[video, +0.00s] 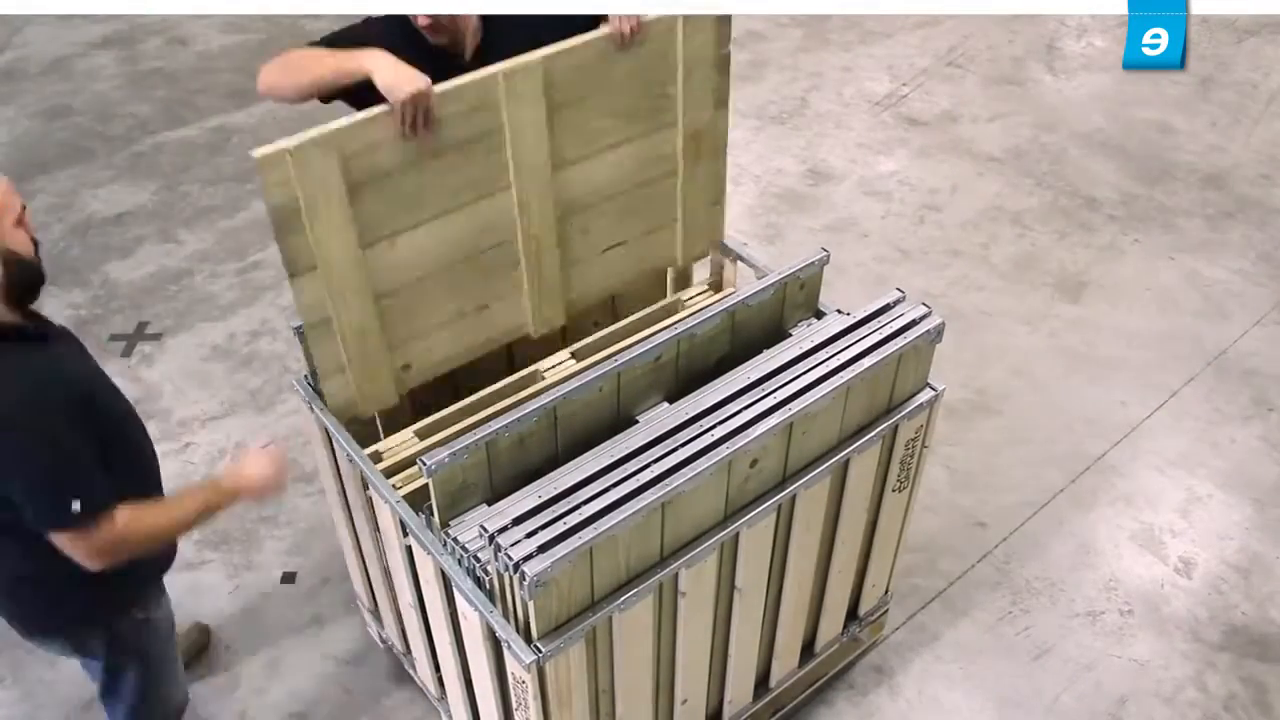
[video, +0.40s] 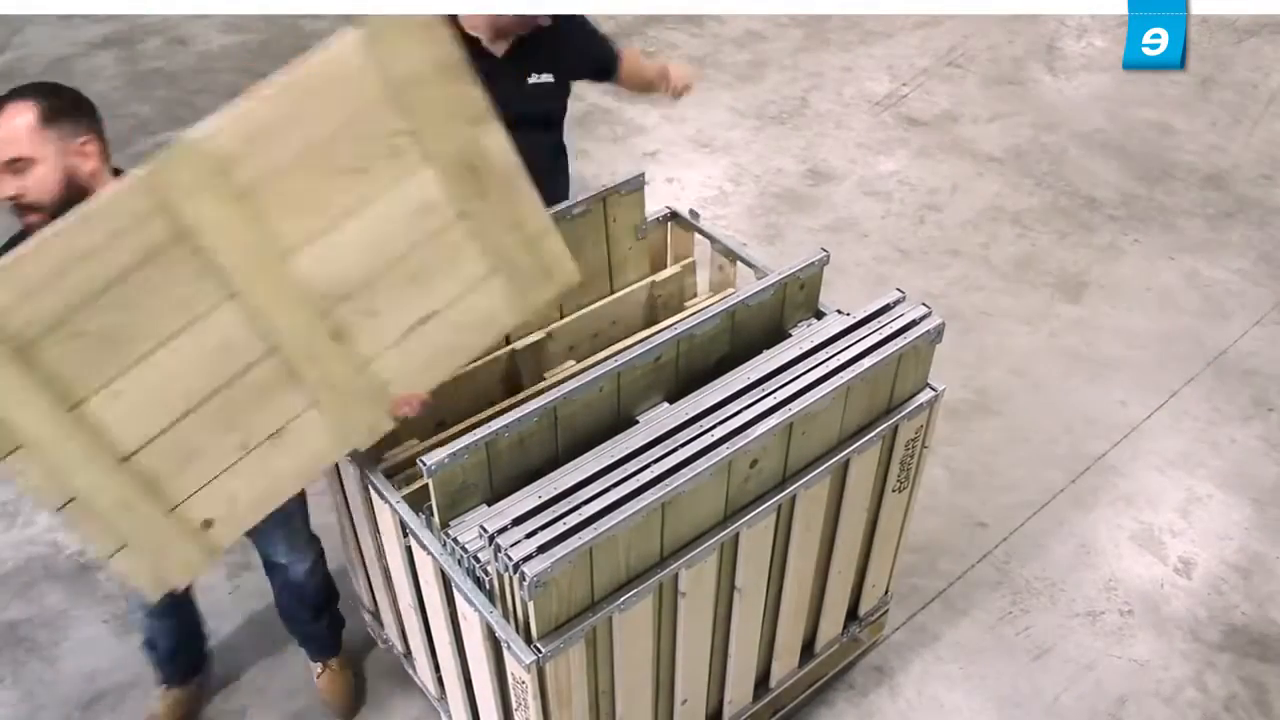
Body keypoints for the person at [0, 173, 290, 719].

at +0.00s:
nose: (33, 234)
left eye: (24, 219)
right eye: (19, 225)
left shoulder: (18, 332)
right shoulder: (17, 389)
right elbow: (93, 541)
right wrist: (229, 487)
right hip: (98, 595)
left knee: (141, 624)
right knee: (148, 698)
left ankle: (162, 659)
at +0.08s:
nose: (67, 158)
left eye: (61, 142)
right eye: (51, 146)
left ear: (10, 164)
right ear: (5, 163)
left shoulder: (20, 242)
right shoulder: (22, 274)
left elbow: (63, 347)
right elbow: (78, 417)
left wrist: (139, 370)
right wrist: (173, 322)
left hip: (65, 471)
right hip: (105, 479)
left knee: (106, 566)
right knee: (193, 564)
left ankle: (138, 673)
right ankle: (240, 644)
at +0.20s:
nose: (155, 165)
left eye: (160, 144)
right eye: (134, 155)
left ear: (162, 118)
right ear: (76, 140)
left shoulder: (192, 159)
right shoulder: (25, 212)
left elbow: (254, 268)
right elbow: (20, 348)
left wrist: (284, 358)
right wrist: (60, 382)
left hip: (218, 359)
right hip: (120, 395)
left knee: (258, 488)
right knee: (181, 546)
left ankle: (280, 591)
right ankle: (221, 643)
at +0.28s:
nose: (76, 171)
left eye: (72, 150)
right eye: (51, 170)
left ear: (69, 134)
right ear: (5, 191)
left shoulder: (125, 184)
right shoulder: (2, 277)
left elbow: (225, 276)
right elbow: (6, 415)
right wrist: (58, 413)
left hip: (199, 388)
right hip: (104, 436)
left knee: (277, 526)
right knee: (177, 561)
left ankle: (303, 610)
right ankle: (220, 645)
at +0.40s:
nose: (6, 192)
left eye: (20, 167)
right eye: (0, 172)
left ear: (87, 155)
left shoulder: (182, 211)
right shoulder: (27, 270)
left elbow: (286, 294)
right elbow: (33, 395)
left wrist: (372, 385)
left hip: (234, 414)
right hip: (125, 443)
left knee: (291, 553)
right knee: (149, 572)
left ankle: (327, 654)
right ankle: (181, 679)